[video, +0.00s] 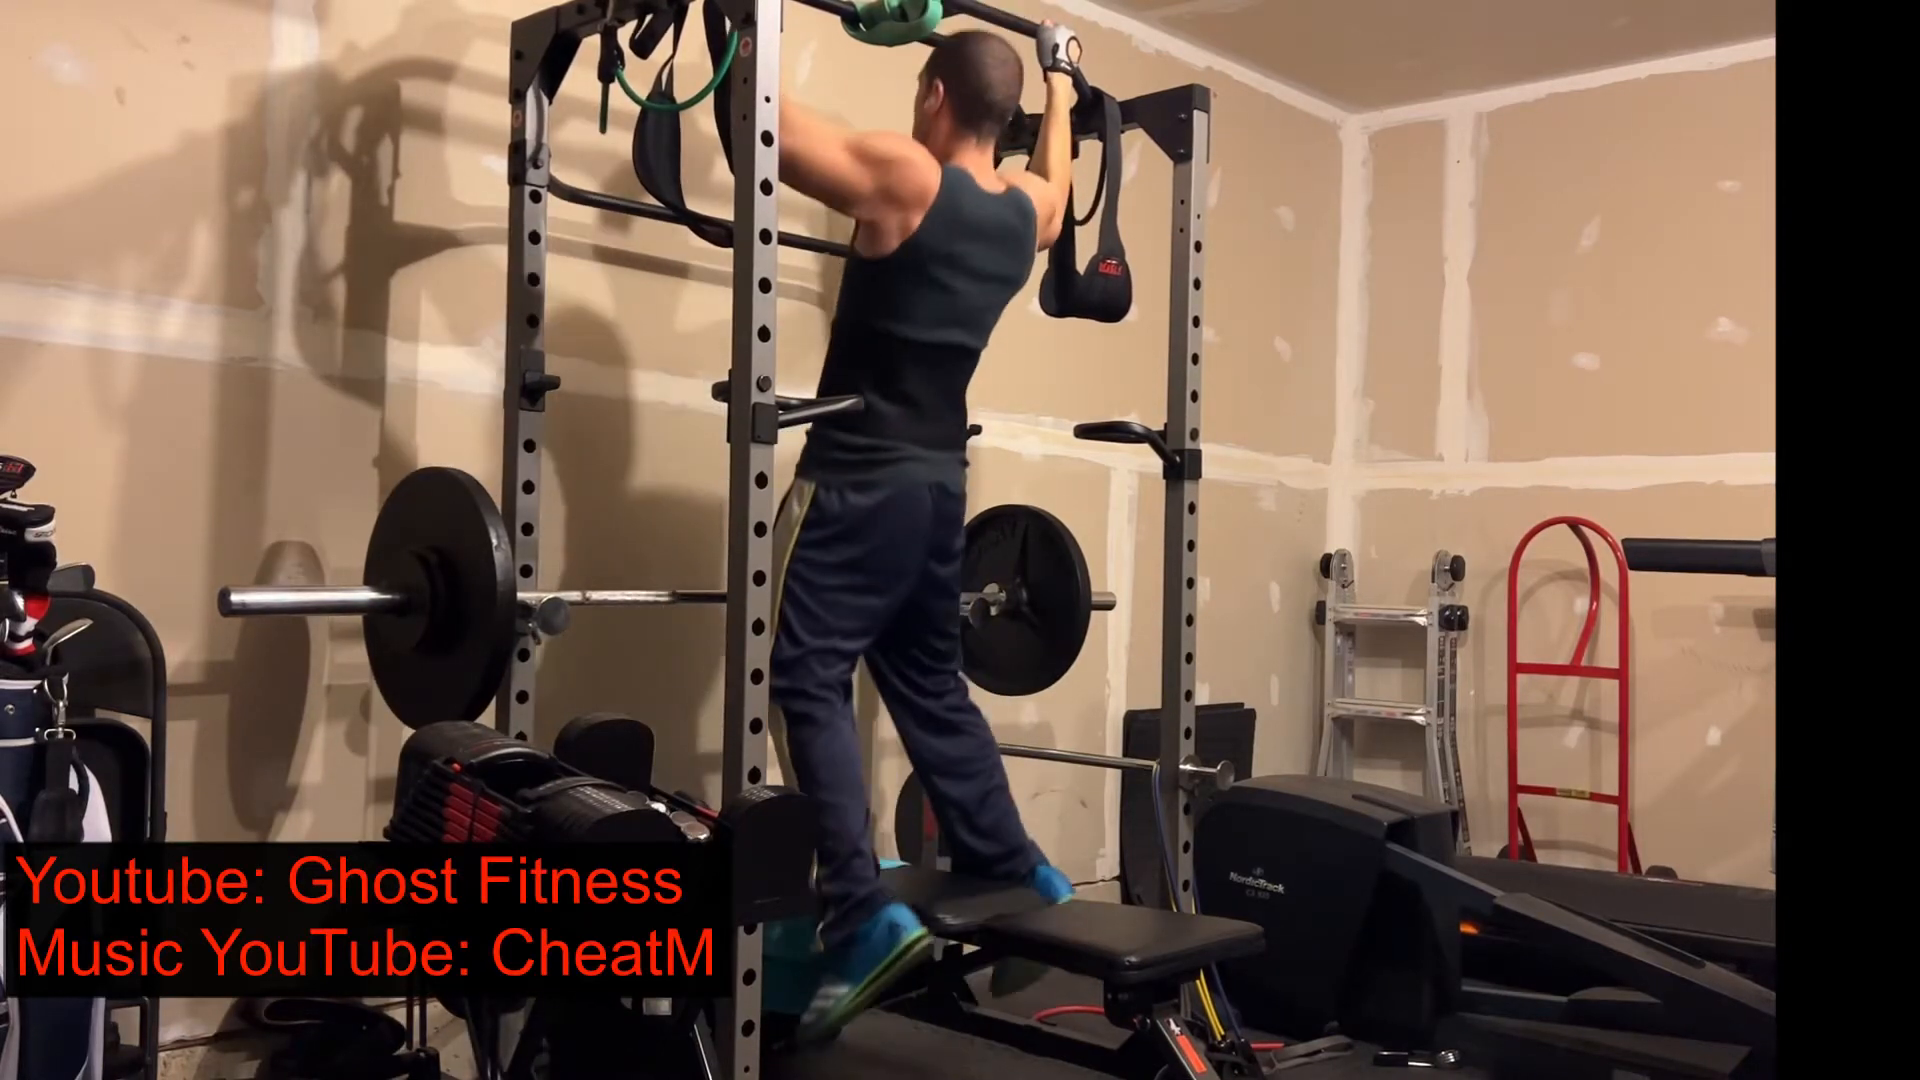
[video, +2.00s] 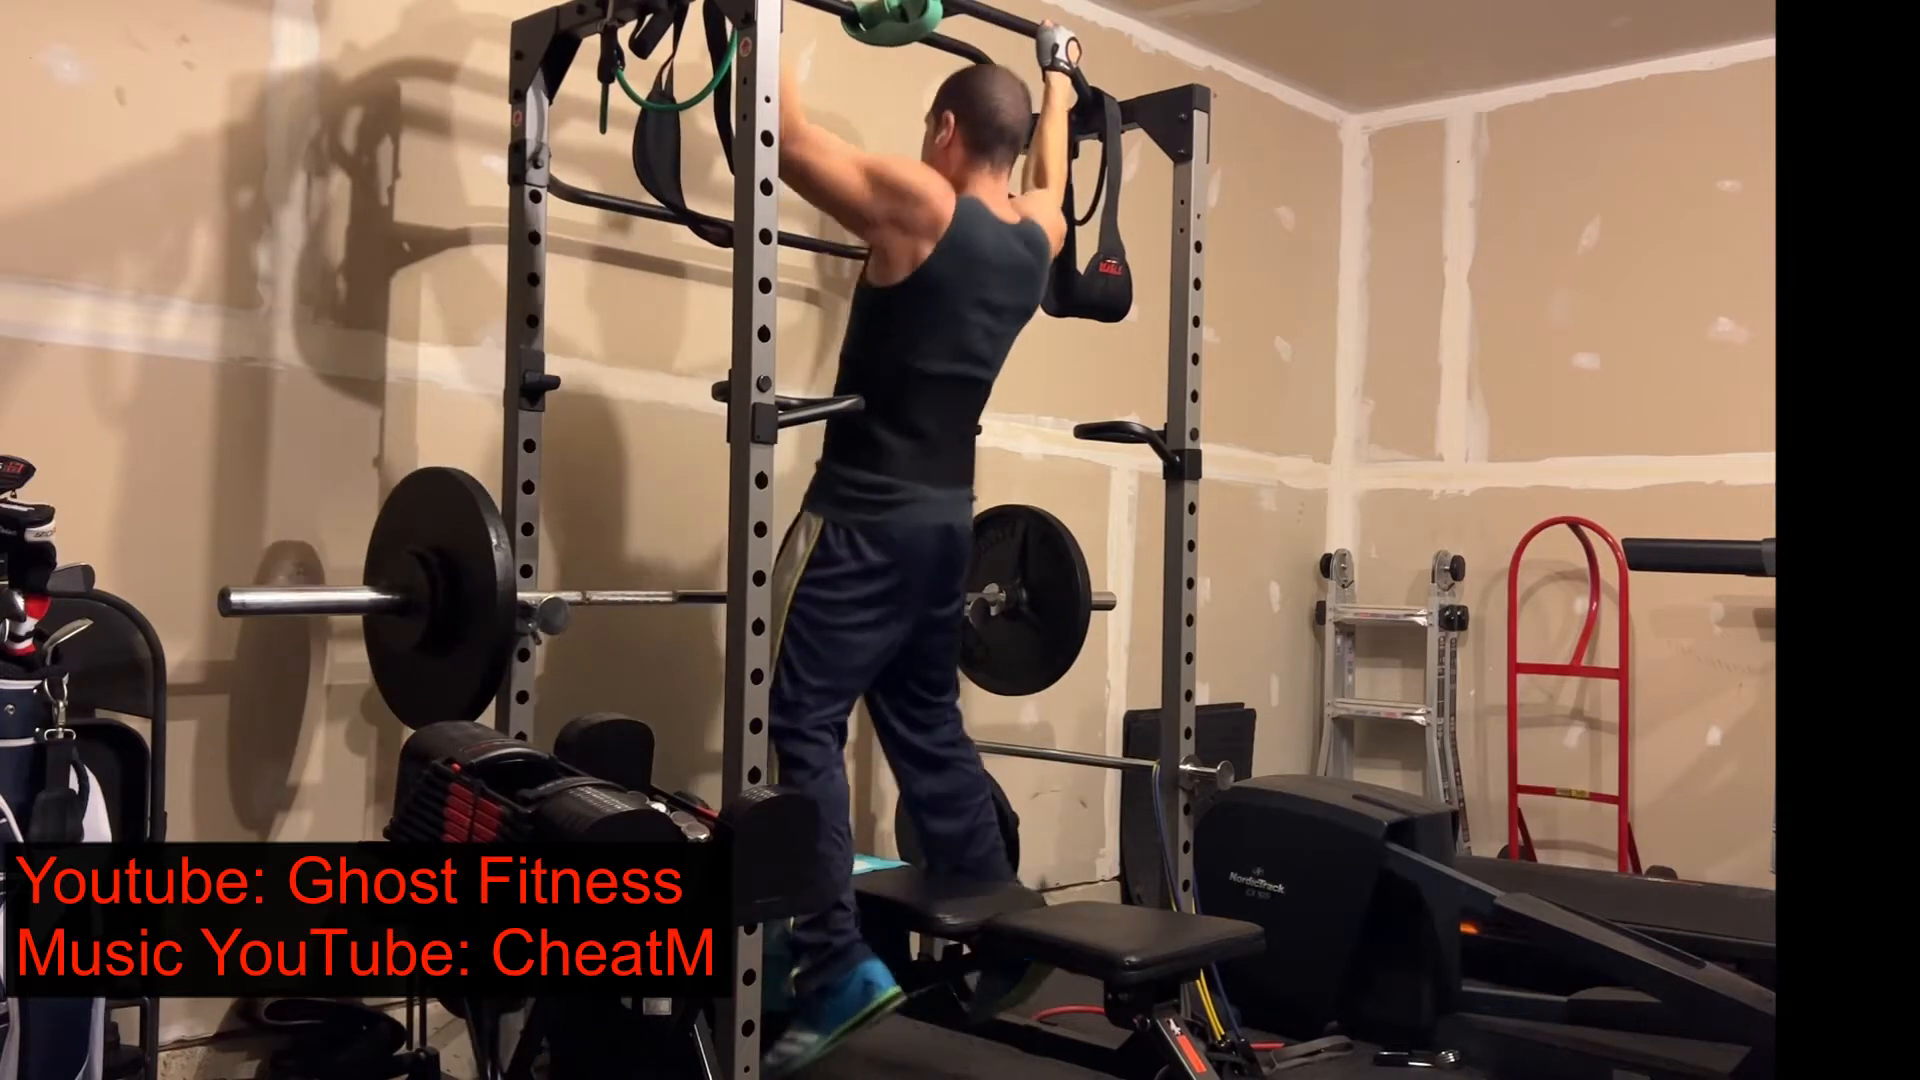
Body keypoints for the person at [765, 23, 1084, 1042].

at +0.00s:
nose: (914, 98)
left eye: (921, 84)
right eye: (923, 86)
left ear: (938, 98)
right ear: (1009, 118)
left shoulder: (902, 170)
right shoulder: (1024, 212)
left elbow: (767, 124)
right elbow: (1056, 185)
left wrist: (746, 30)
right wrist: (1061, 104)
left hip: (868, 480)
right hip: (938, 484)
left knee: (811, 681)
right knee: (931, 688)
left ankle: (862, 909)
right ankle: (1012, 871)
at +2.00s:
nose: (922, 136)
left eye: (929, 124)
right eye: (931, 125)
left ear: (948, 131)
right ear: (1011, 148)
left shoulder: (910, 199)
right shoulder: (1031, 243)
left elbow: (788, 138)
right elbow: (1051, 186)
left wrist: (770, 21)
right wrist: (1057, 107)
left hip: (868, 520)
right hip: (943, 524)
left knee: (804, 723)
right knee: (929, 731)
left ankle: (837, 962)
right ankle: (999, 936)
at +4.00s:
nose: (920, 17)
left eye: (927, 6)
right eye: (926, 7)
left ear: (947, 13)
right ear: (1013, 30)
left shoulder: (906, 86)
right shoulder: (1033, 130)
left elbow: (769, 117)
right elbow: (1056, 207)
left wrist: (748, 22)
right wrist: (1058, 95)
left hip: (861, 389)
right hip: (941, 400)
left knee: (799, 593)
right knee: (928, 608)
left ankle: (842, 820)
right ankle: (1002, 809)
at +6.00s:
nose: (908, 171)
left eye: (916, 159)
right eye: (920, 161)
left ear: (932, 169)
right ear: (1003, 190)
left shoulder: (900, 238)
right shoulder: (1016, 275)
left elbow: (791, 140)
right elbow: (1044, 188)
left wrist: (769, 25)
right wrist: (1058, 102)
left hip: (855, 544)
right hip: (931, 547)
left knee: (796, 753)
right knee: (924, 757)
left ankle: (849, 976)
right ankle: (1005, 960)